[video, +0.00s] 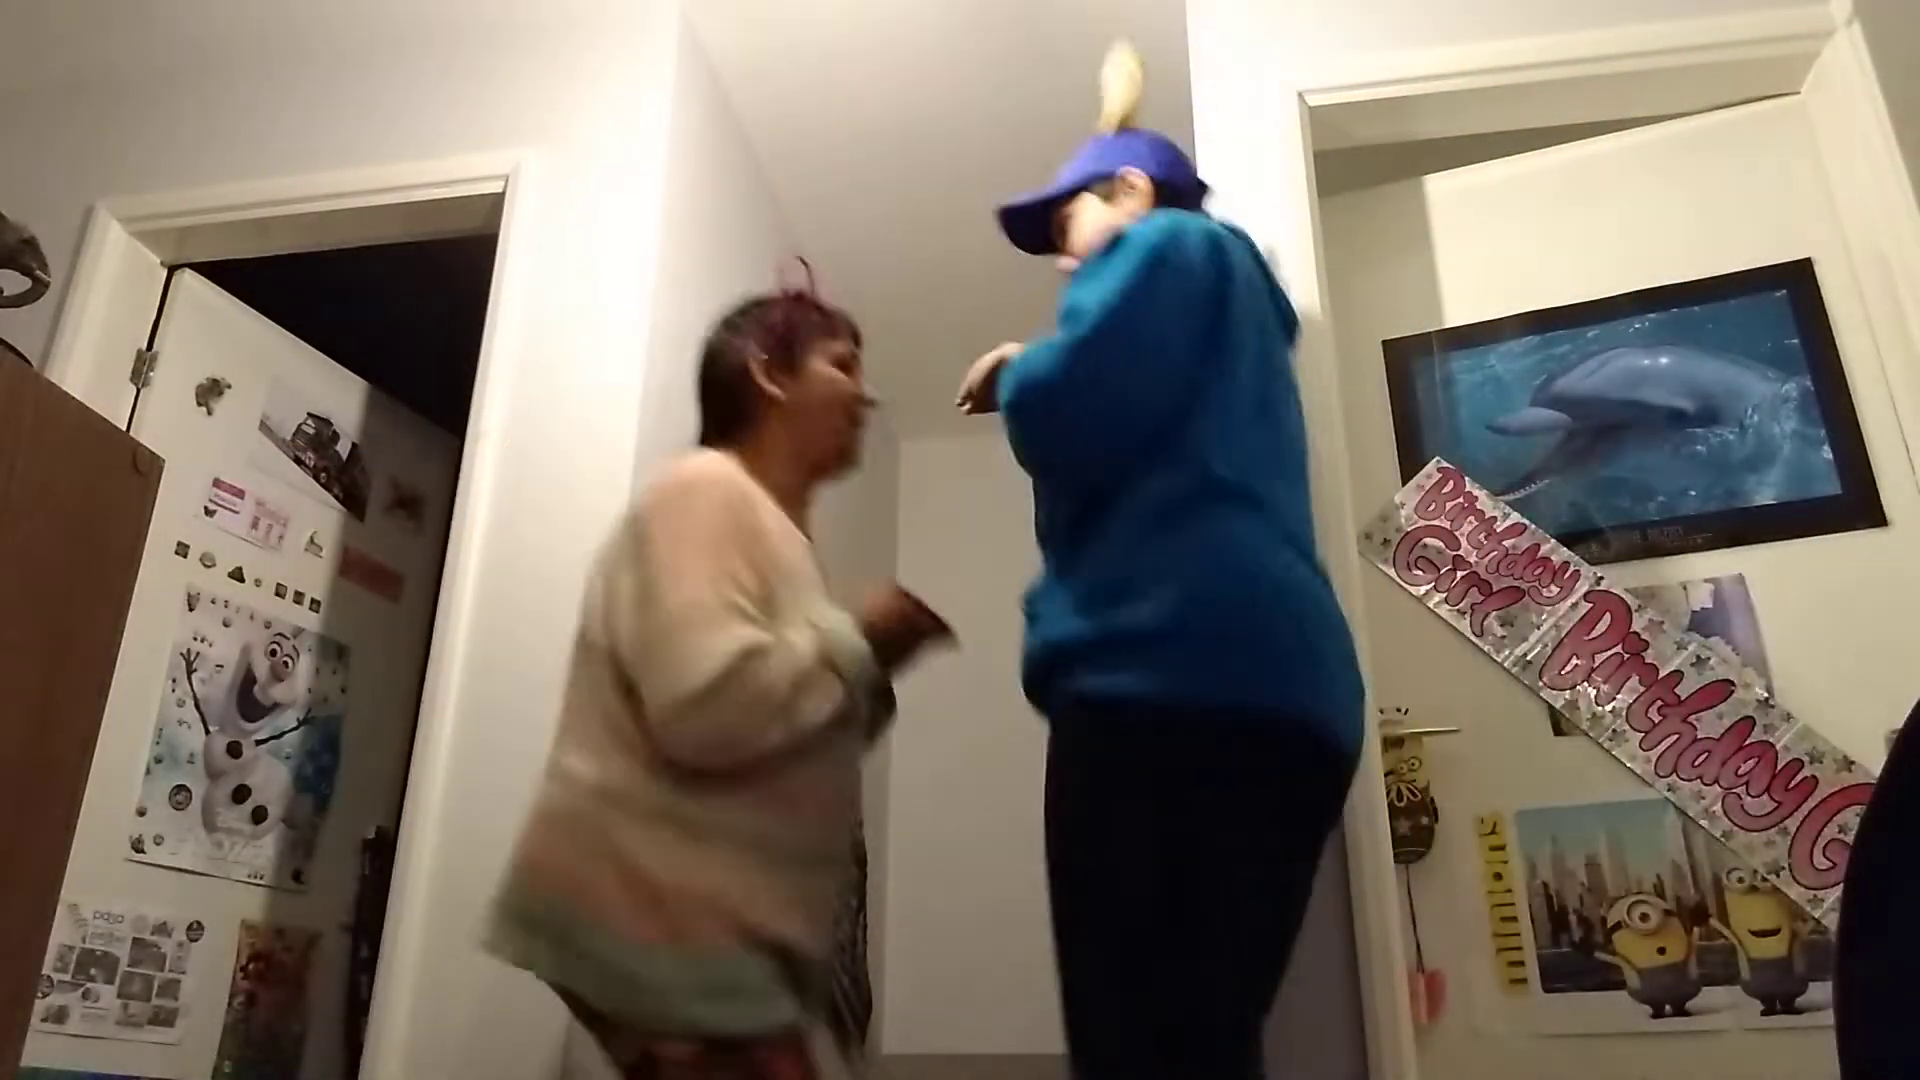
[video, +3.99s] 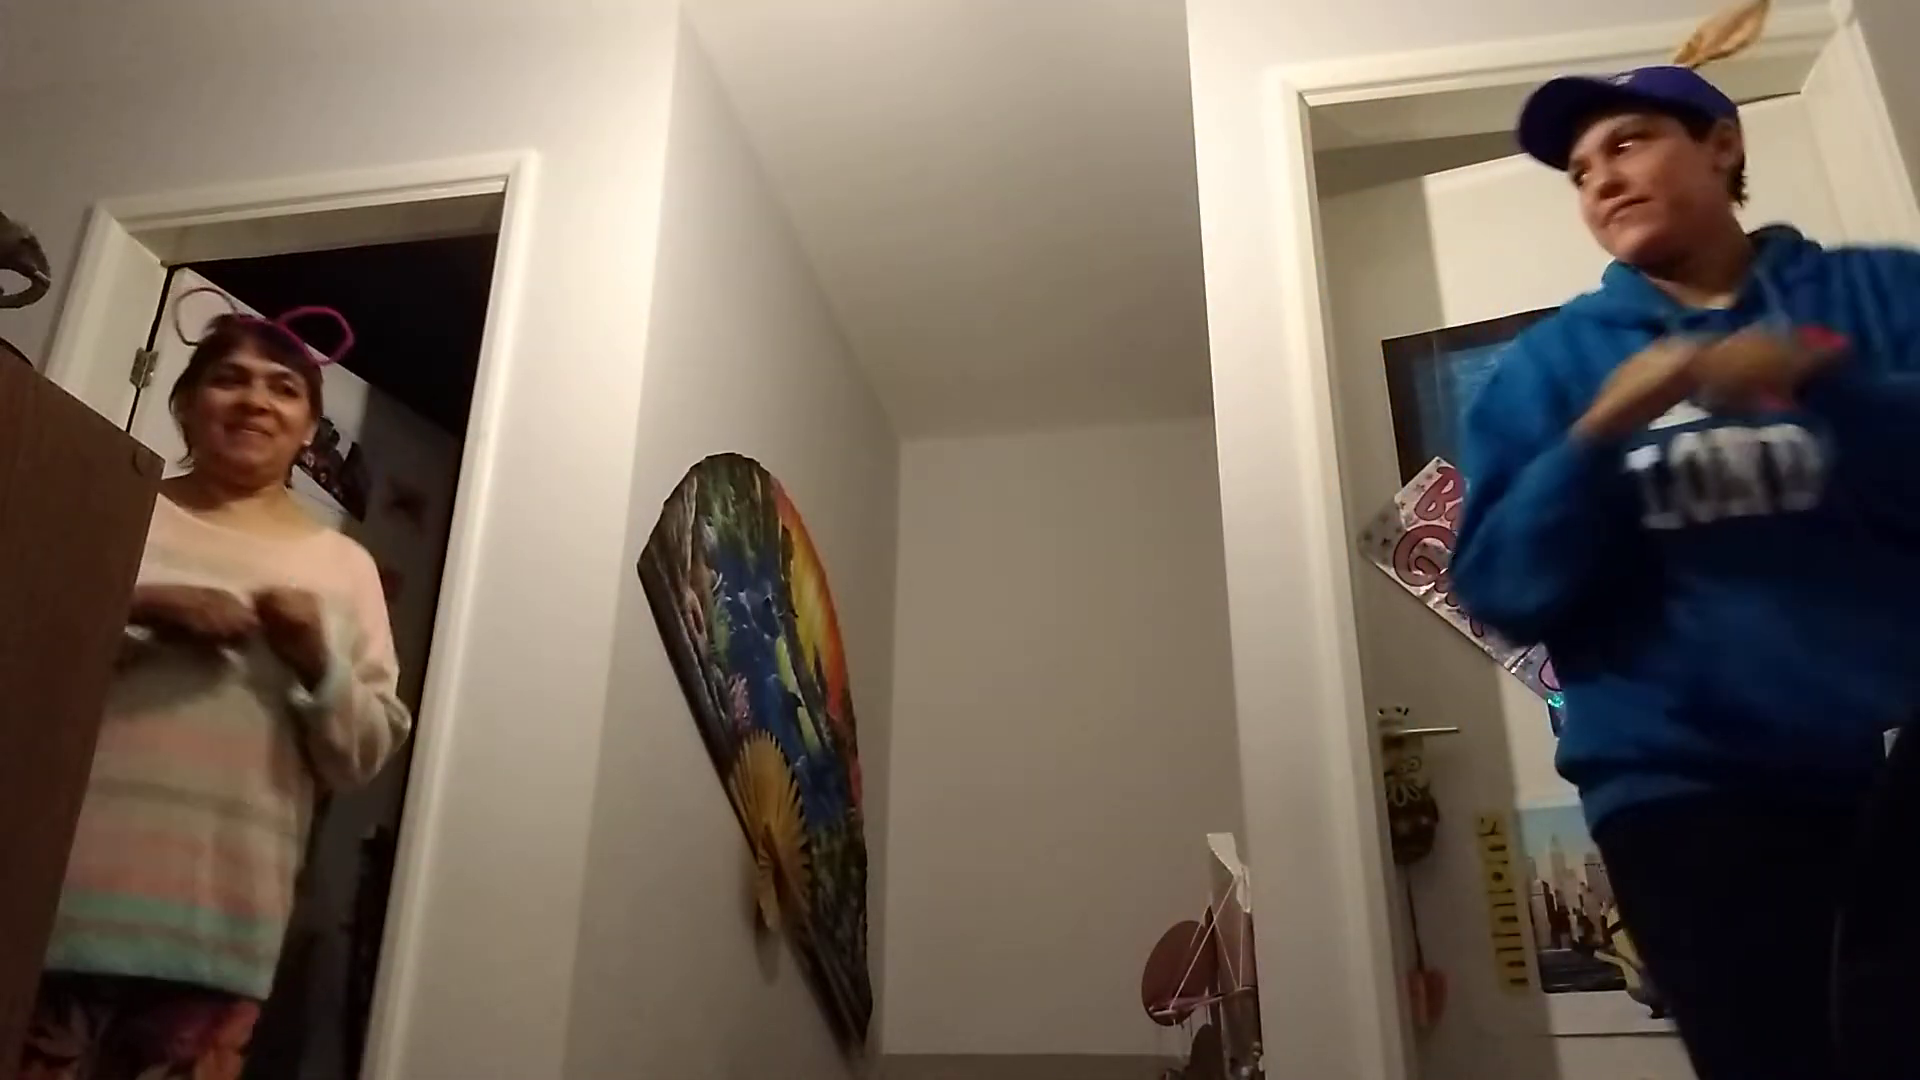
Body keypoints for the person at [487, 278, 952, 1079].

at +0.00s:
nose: (865, 395)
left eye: (859, 372)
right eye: (844, 366)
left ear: (774, 378)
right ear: (770, 374)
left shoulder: (770, 528)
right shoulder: (703, 494)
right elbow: (701, 706)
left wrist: (879, 659)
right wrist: (858, 643)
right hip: (669, 942)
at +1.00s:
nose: (874, 431)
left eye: (874, 411)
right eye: (873, 409)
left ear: (746, 392)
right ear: (854, 397)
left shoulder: (658, 472)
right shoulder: (902, 504)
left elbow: (539, 658)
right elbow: (935, 705)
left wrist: (652, 695)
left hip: (639, 847)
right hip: (837, 861)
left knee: (634, 1063)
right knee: (805, 1063)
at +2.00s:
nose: (668, 475)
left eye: (671, 467)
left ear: (678, 471)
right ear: (791, 485)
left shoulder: (618, 526)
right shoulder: (844, 560)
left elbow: (520, 689)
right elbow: (912, 758)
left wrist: (608, 756)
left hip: (656, 872)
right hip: (853, 883)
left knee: (640, 1063)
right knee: (813, 1065)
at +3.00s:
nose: (319, 385)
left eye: (335, 360)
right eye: (327, 361)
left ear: (368, 364)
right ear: (449, 392)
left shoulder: (336, 459)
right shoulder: (466, 502)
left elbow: (213, 622)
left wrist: (229, 717)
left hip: (304, 851)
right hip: (436, 856)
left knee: (202, 1060)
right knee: (309, 1060)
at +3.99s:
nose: (256, 400)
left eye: (284, 387)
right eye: (231, 379)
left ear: (310, 427)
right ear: (185, 406)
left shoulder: (343, 564)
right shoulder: (116, 511)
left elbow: (365, 757)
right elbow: (31, 624)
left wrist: (318, 665)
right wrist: (141, 602)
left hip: (223, 936)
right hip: (63, 904)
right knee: (36, 1065)